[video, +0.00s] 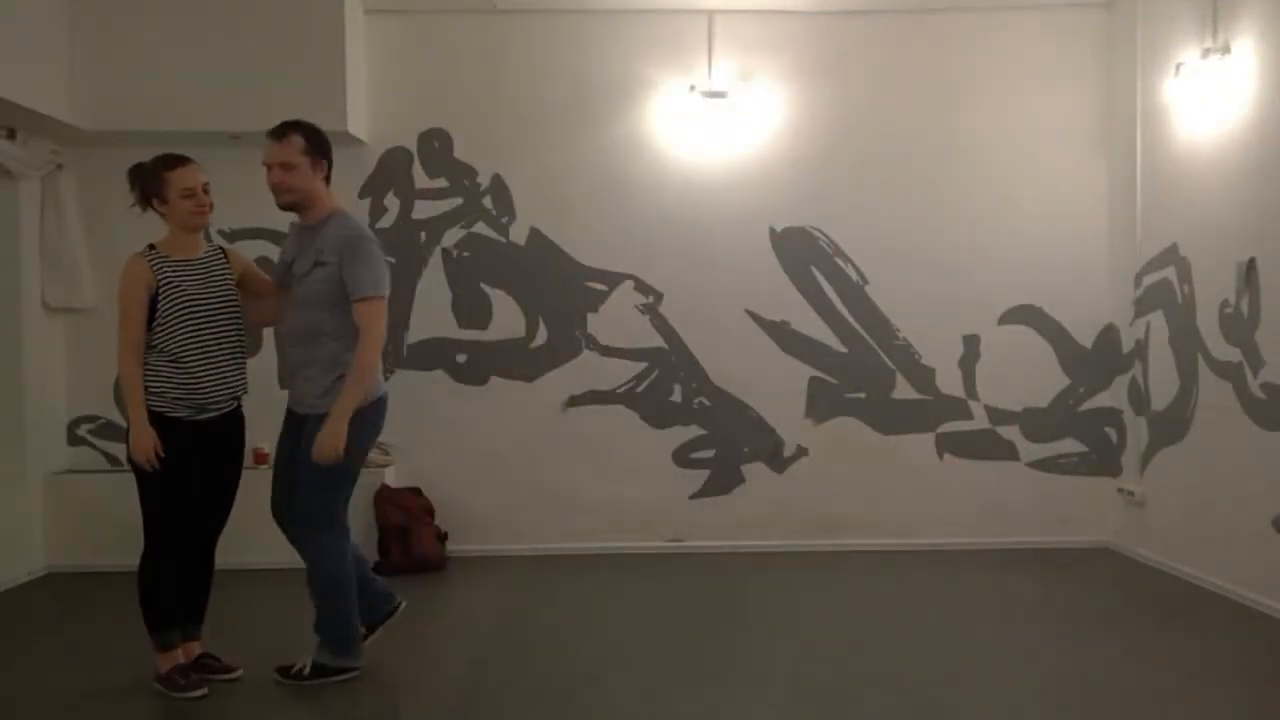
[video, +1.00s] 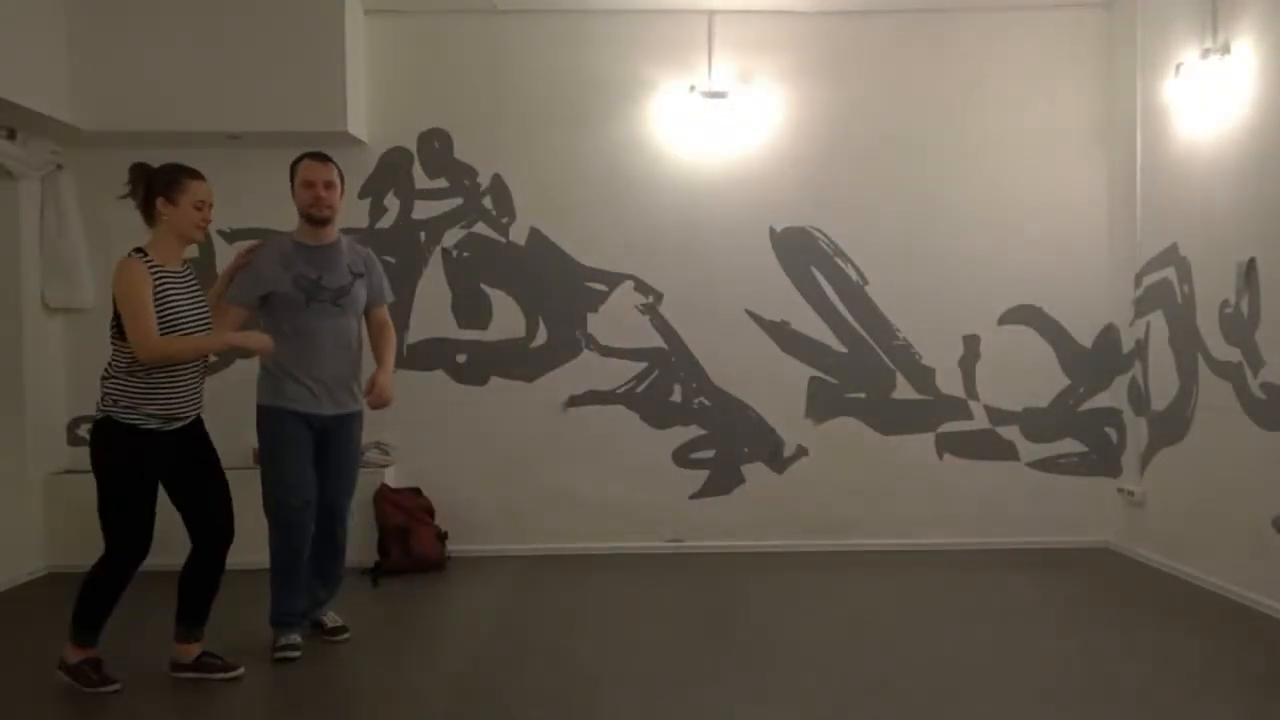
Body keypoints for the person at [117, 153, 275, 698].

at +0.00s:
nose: (203, 201)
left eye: (206, 191)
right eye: (188, 195)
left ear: (211, 196)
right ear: (159, 205)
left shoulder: (227, 260)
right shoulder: (143, 268)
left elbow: (282, 303)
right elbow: (130, 354)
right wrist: (138, 423)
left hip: (223, 423)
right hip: (166, 427)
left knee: (204, 538)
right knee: (166, 540)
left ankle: (192, 648)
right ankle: (167, 659)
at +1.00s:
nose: (208, 217)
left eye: (210, 209)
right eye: (199, 207)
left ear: (179, 212)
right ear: (163, 206)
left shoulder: (186, 272)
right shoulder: (135, 269)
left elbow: (197, 337)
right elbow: (148, 348)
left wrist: (229, 279)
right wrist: (227, 341)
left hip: (181, 429)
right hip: (125, 431)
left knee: (214, 530)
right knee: (128, 545)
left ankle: (187, 650)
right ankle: (77, 651)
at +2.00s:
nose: (321, 208)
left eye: (321, 199)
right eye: (312, 198)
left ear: (291, 204)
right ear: (277, 200)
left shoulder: (299, 262)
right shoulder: (255, 270)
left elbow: (306, 316)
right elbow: (257, 363)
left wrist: (339, 269)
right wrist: (288, 431)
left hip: (307, 420)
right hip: (263, 425)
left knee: (353, 530)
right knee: (297, 544)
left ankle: (286, 629)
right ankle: (281, 665)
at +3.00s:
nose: (288, 208)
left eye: (289, 200)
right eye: (277, 200)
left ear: (269, 213)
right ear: (245, 210)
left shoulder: (253, 264)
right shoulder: (235, 259)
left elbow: (204, 320)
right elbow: (175, 320)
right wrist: (120, 376)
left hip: (244, 420)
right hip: (232, 422)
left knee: (234, 539)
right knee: (285, 532)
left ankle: (186, 650)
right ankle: (283, 663)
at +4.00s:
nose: (189, 200)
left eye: (192, 192)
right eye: (175, 195)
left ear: (197, 201)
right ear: (147, 208)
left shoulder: (186, 263)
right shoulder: (152, 266)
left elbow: (186, 329)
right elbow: (163, 342)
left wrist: (229, 304)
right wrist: (222, 322)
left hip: (177, 410)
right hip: (152, 412)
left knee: (158, 528)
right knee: (211, 518)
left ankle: (121, 639)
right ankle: (177, 631)